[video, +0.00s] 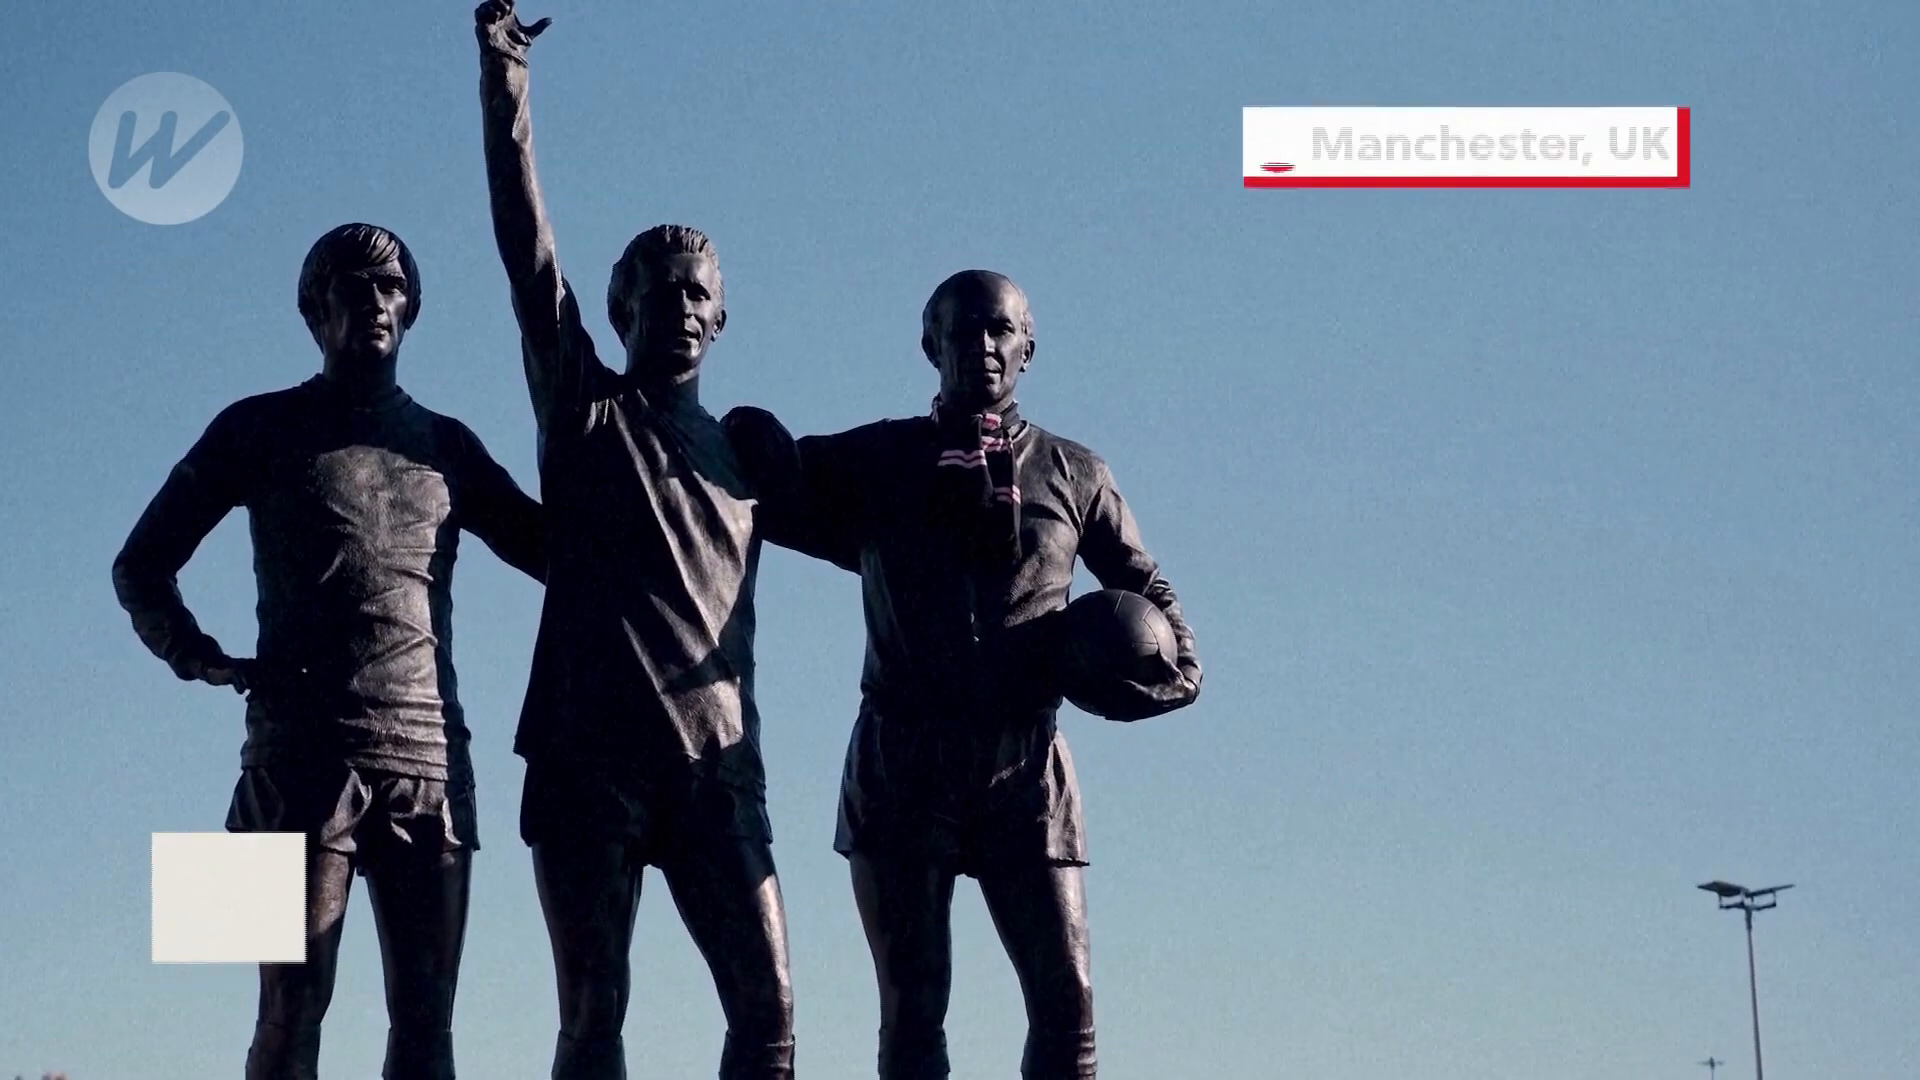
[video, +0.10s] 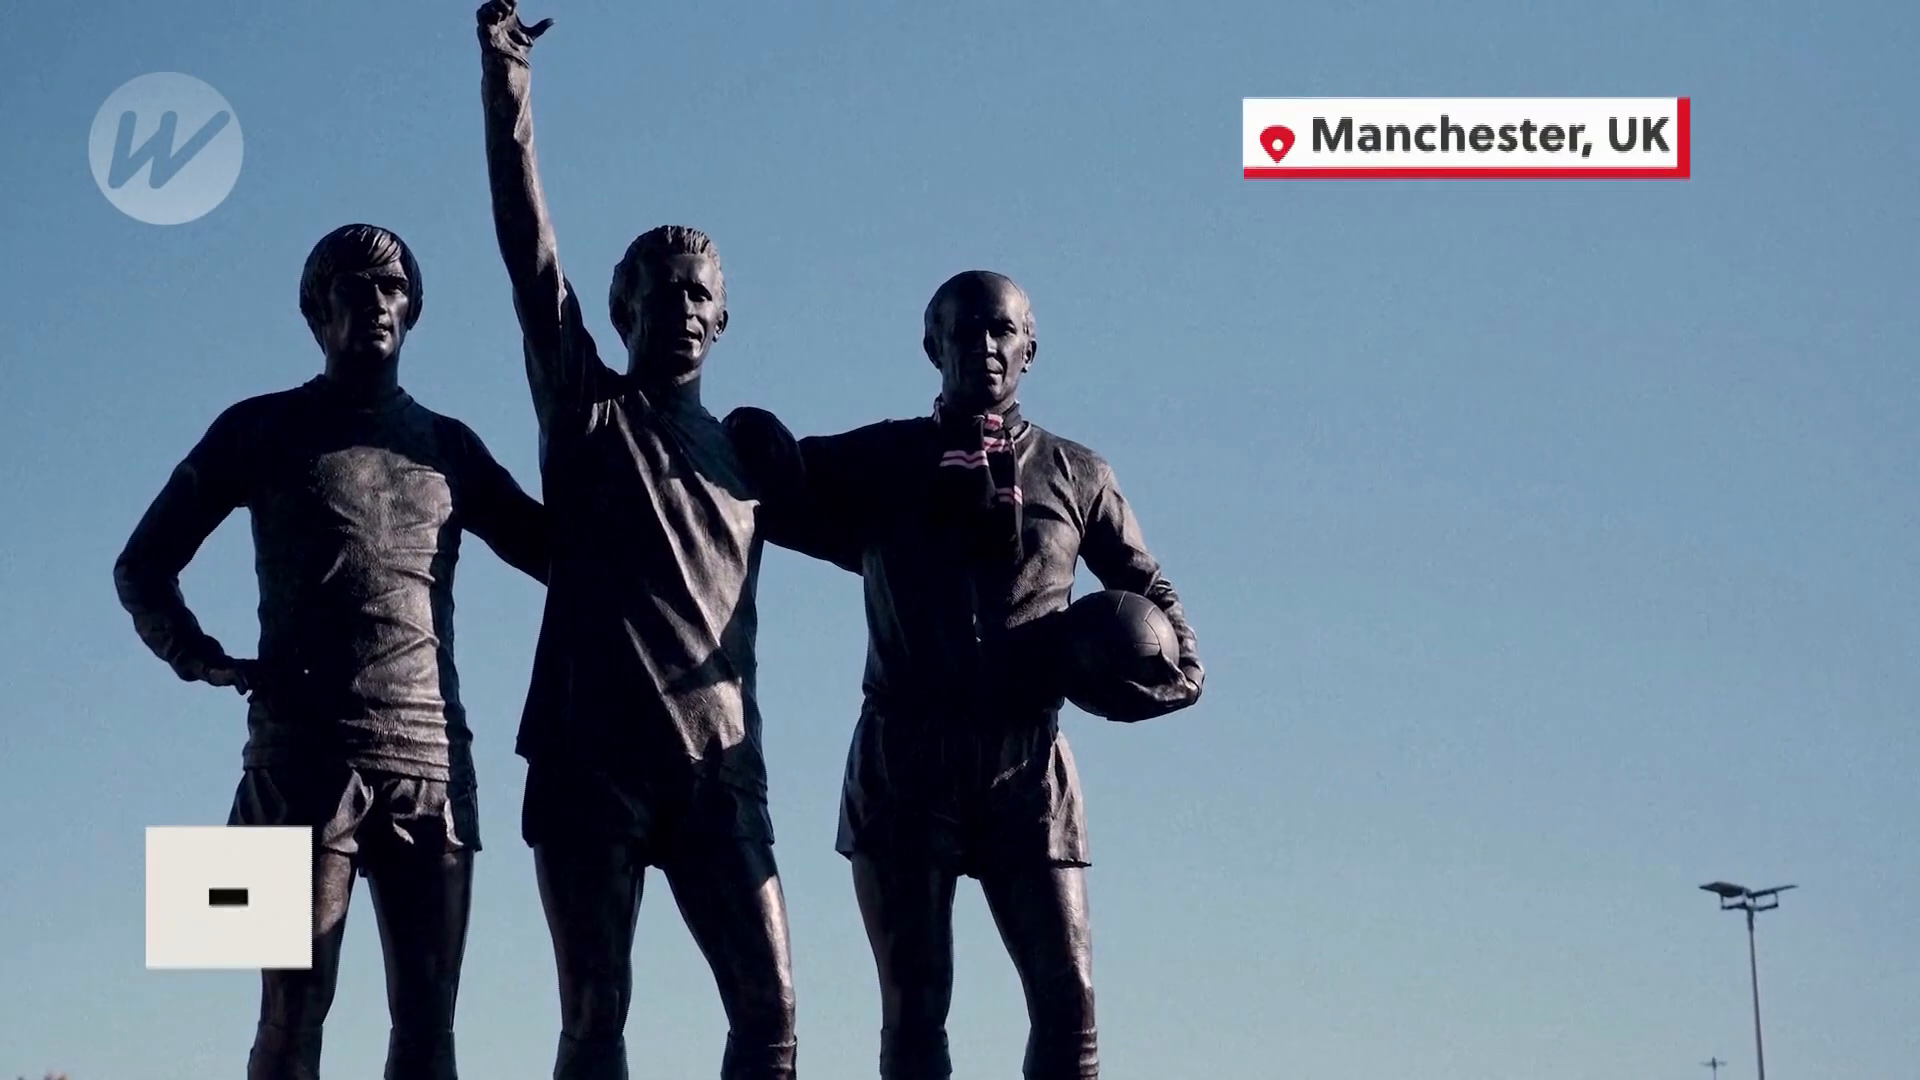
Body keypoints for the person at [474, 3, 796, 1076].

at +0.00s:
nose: (688, 308)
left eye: (704, 295)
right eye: (668, 290)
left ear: (721, 319)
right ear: (619, 305)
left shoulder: (749, 448)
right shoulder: (575, 404)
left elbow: (873, 533)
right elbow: (525, 246)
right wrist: (507, 90)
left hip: (714, 762)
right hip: (586, 755)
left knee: (768, 1014)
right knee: (593, 1018)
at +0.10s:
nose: (690, 309)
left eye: (705, 296)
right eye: (670, 291)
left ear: (724, 320)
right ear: (622, 307)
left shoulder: (752, 451)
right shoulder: (578, 408)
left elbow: (877, 536)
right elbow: (528, 252)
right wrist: (509, 87)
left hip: (715, 762)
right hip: (587, 754)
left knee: (770, 1012)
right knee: (596, 1014)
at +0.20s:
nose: (692, 311)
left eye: (707, 297)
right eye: (672, 292)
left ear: (724, 320)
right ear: (624, 307)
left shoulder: (751, 451)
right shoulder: (577, 407)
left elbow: (874, 533)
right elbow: (529, 250)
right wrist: (508, 80)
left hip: (716, 763)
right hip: (589, 755)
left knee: (770, 1008)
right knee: (596, 1015)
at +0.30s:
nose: (691, 310)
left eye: (706, 298)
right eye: (671, 292)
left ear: (724, 322)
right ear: (622, 307)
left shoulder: (753, 452)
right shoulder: (578, 408)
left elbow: (876, 537)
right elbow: (528, 251)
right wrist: (509, 90)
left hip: (716, 763)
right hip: (587, 755)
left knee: (770, 1011)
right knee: (597, 1018)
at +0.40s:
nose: (692, 313)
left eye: (707, 299)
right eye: (672, 294)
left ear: (725, 321)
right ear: (623, 309)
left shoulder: (752, 453)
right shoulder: (577, 408)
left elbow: (877, 539)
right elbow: (529, 255)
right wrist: (509, 91)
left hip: (716, 763)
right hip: (588, 756)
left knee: (770, 1011)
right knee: (596, 1018)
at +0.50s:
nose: (690, 312)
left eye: (705, 299)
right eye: (670, 294)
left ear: (723, 324)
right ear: (620, 311)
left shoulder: (751, 455)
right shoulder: (577, 410)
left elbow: (874, 540)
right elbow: (526, 251)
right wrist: (508, 97)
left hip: (716, 766)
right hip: (586, 758)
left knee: (769, 1015)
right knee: (595, 1023)